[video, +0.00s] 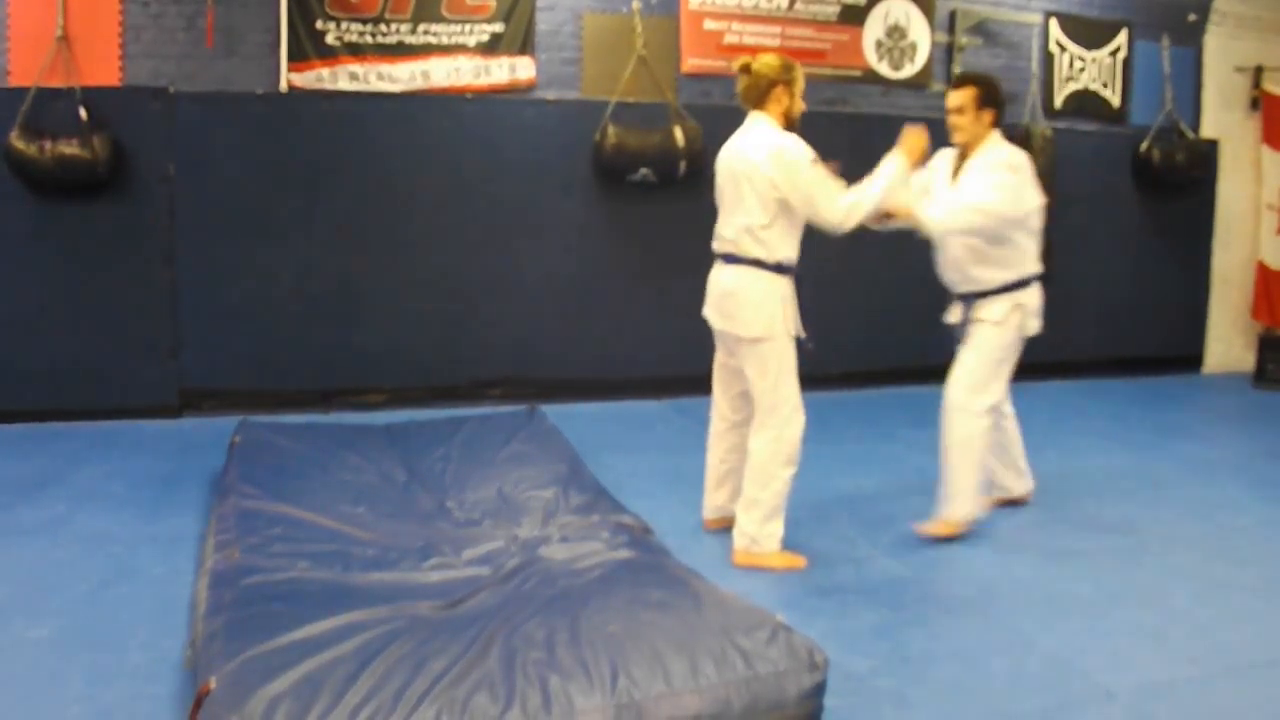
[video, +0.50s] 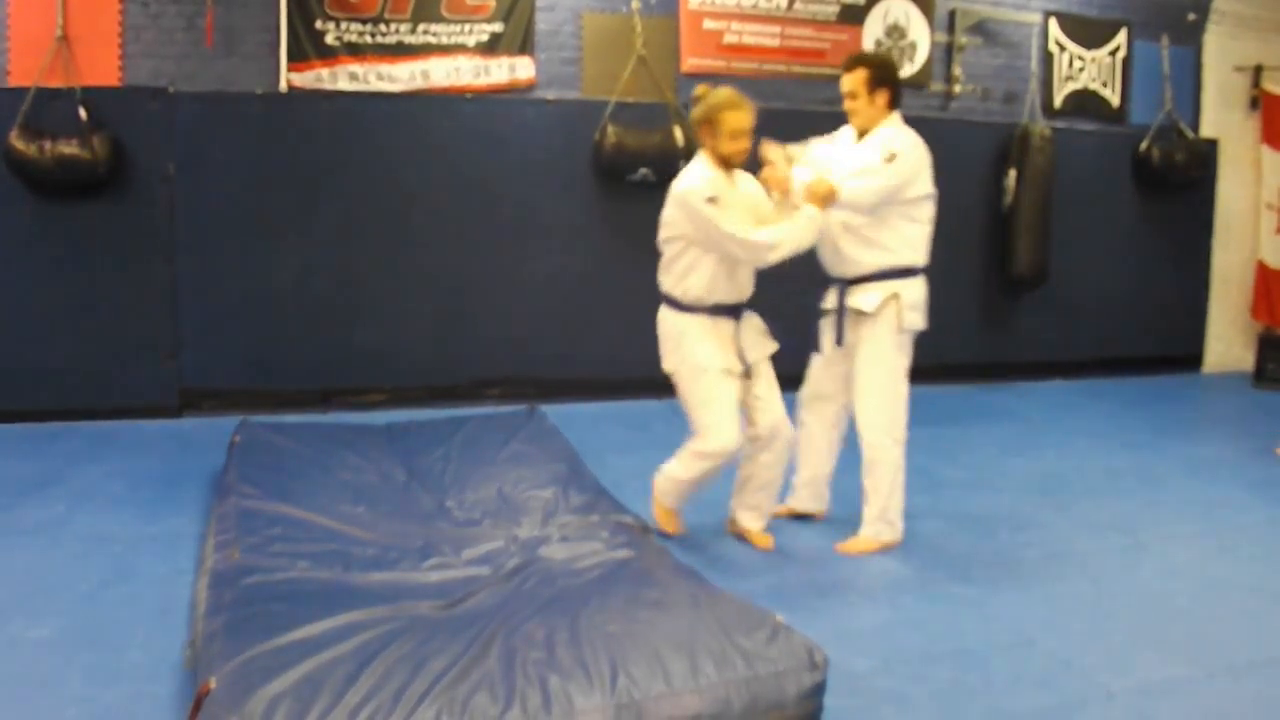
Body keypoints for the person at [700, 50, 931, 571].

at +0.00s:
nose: (800, 101)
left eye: (797, 93)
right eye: (796, 93)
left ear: (753, 95)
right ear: (781, 95)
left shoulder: (733, 145)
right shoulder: (785, 152)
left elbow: (761, 201)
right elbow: (838, 214)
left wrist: (810, 176)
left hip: (724, 282)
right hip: (763, 291)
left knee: (730, 405)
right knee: (781, 417)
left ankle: (720, 506)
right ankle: (756, 541)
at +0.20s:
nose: (809, 112)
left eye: (807, 103)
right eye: (804, 102)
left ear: (768, 102)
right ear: (781, 101)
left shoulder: (745, 144)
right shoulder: (775, 153)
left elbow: (802, 214)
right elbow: (834, 227)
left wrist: (837, 196)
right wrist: (870, 200)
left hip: (722, 286)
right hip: (743, 293)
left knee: (753, 407)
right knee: (776, 418)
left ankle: (730, 504)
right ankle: (758, 543)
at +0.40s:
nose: (782, 131)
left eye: (782, 121)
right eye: (773, 121)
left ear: (755, 123)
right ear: (740, 121)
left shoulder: (748, 170)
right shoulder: (727, 177)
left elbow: (745, 245)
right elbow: (766, 257)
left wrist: (781, 225)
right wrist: (827, 227)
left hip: (736, 308)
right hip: (705, 311)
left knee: (772, 419)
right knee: (757, 419)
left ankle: (745, 516)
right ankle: (704, 515)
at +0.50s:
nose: (744, 144)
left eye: (748, 134)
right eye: (734, 135)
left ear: (751, 133)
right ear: (707, 136)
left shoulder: (744, 181)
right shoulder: (692, 189)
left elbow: (774, 229)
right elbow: (755, 249)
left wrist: (784, 196)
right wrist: (812, 213)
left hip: (737, 320)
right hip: (691, 323)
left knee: (772, 429)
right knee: (721, 438)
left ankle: (749, 517)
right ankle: (666, 493)